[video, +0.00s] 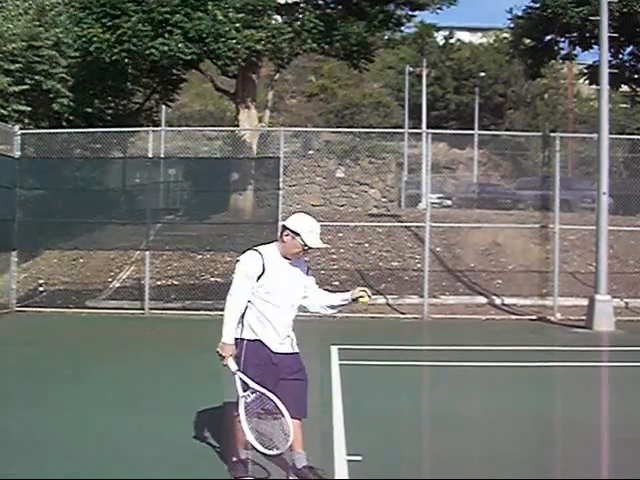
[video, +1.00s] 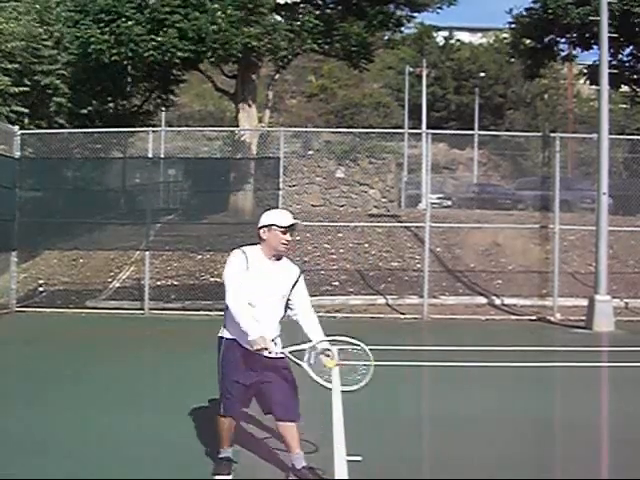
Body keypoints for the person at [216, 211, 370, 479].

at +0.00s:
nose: (306, 251)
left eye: (308, 247)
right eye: (304, 246)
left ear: (293, 240)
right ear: (287, 236)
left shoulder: (299, 267)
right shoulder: (255, 259)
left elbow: (315, 301)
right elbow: (235, 300)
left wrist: (349, 297)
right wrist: (227, 340)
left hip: (285, 344)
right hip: (253, 341)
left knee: (294, 400)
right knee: (248, 402)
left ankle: (300, 464)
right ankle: (240, 458)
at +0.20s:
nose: (325, 258)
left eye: (328, 254)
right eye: (324, 252)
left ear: (313, 246)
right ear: (307, 242)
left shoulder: (316, 278)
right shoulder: (273, 261)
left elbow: (326, 310)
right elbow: (255, 303)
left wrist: (349, 335)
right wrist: (248, 344)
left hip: (293, 350)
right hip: (263, 345)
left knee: (295, 407)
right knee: (250, 403)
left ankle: (300, 466)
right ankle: (239, 459)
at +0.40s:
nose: (329, 256)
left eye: (332, 252)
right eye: (328, 250)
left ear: (315, 245)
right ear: (312, 242)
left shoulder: (320, 277)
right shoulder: (278, 263)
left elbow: (330, 313)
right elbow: (271, 307)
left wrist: (353, 346)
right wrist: (282, 347)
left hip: (295, 344)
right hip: (263, 342)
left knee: (295, 402)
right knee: (251, 403)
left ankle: (299, 466)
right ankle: (232, 452)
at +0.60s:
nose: (321, 245)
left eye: (322, 240)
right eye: (318, 239)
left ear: (306, 240)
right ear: (299, 237)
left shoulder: (316, 273)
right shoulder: (272, 260)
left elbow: (329, 306)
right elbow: (271, 301)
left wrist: (363, 325)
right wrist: (305, 330)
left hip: (292, 348)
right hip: (261, 343)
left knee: (293, 407)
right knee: (245, 403)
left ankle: (299, 466)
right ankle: (227, 453)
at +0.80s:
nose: (304, 241)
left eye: (304, 236)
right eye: (299, 236)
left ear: (288, 237)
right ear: (279, 236)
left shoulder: (301, 270)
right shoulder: (255, 261)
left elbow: (320, 301)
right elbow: (262, 301)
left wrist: (356, 318)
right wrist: (299, 325)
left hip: (281, 348)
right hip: (248, 343)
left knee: (288, 405)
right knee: (237, 405)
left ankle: (299, 465)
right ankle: (225, 457)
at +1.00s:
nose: (289, 238)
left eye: (291, 232)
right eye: (283, 231)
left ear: (291, 236)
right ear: (264, 232)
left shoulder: (291, 272)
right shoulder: (240, 258)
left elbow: (304, 311)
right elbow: (235, 301)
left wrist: (323, 346)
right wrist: (255, 335)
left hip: (272, 348)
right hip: (236, 343)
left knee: (285, 404)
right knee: (231, 403)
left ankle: (299, 465)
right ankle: (224, 458)